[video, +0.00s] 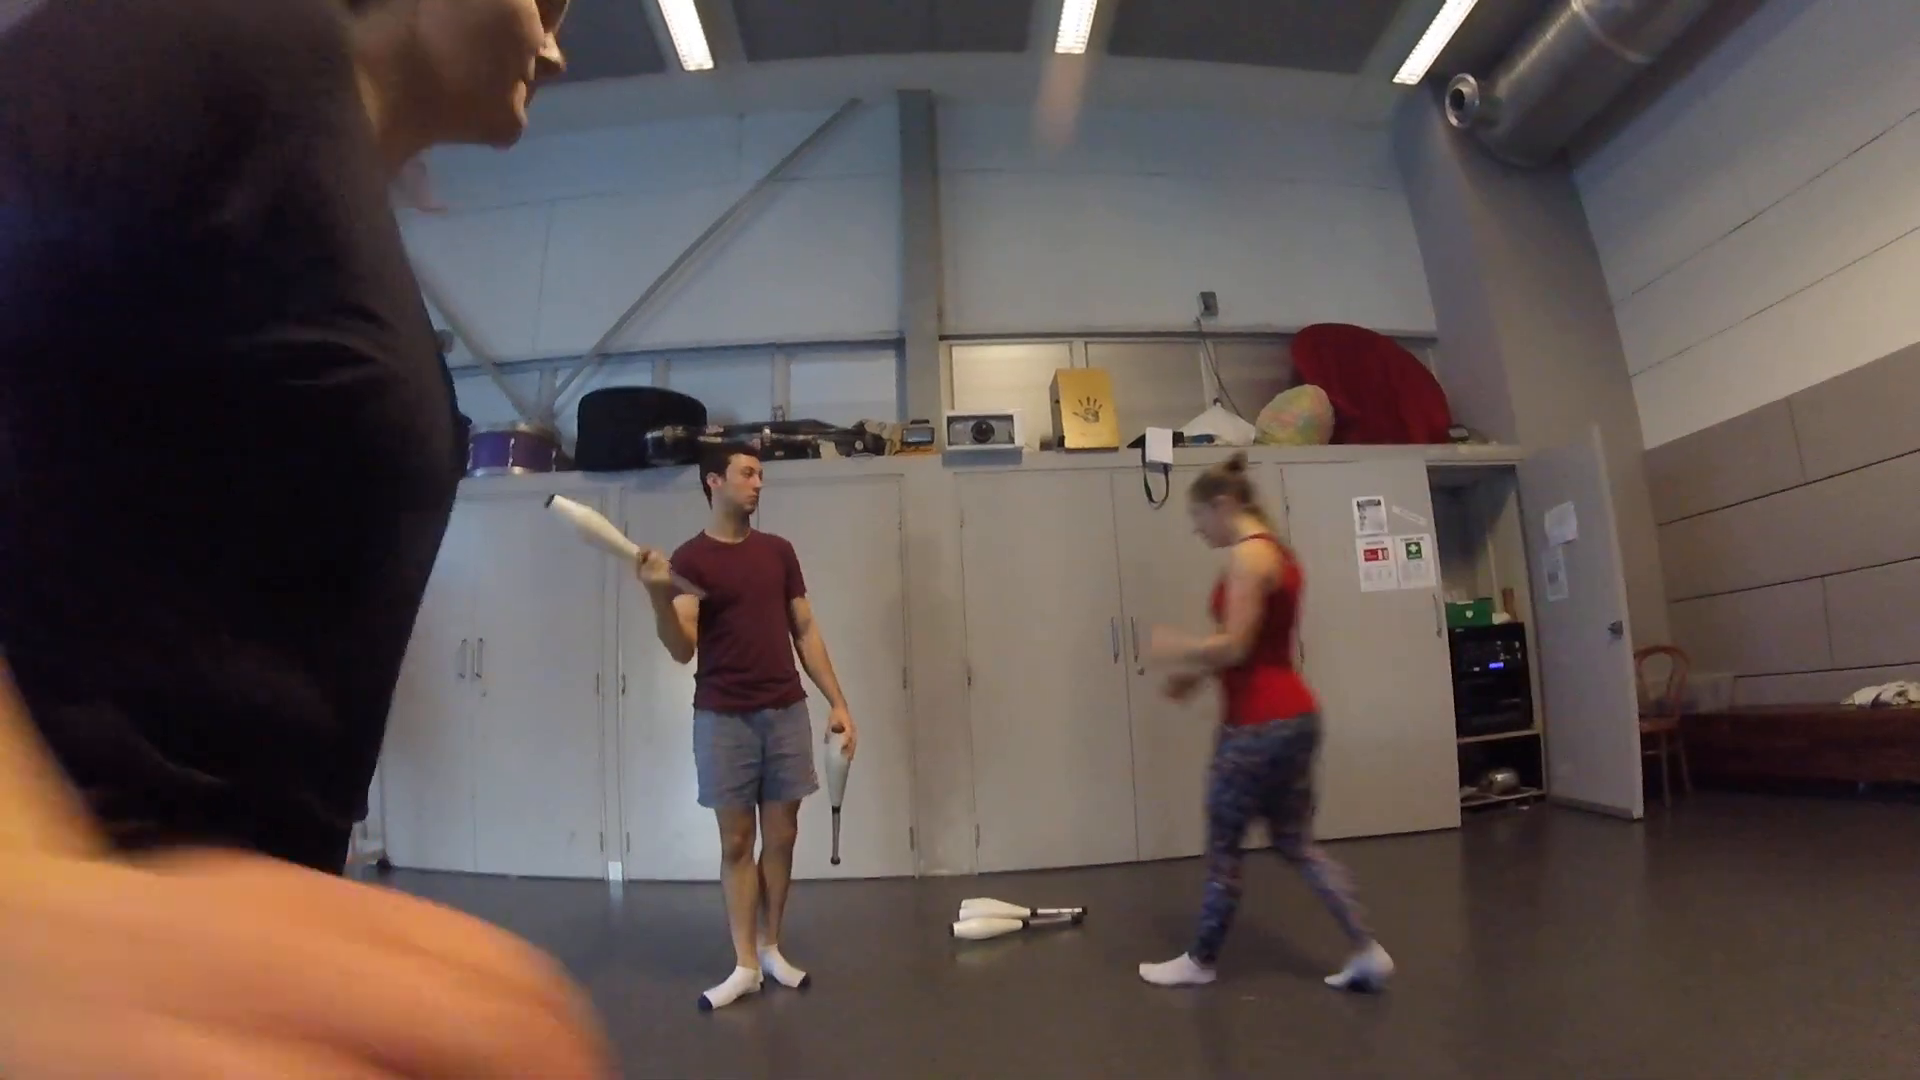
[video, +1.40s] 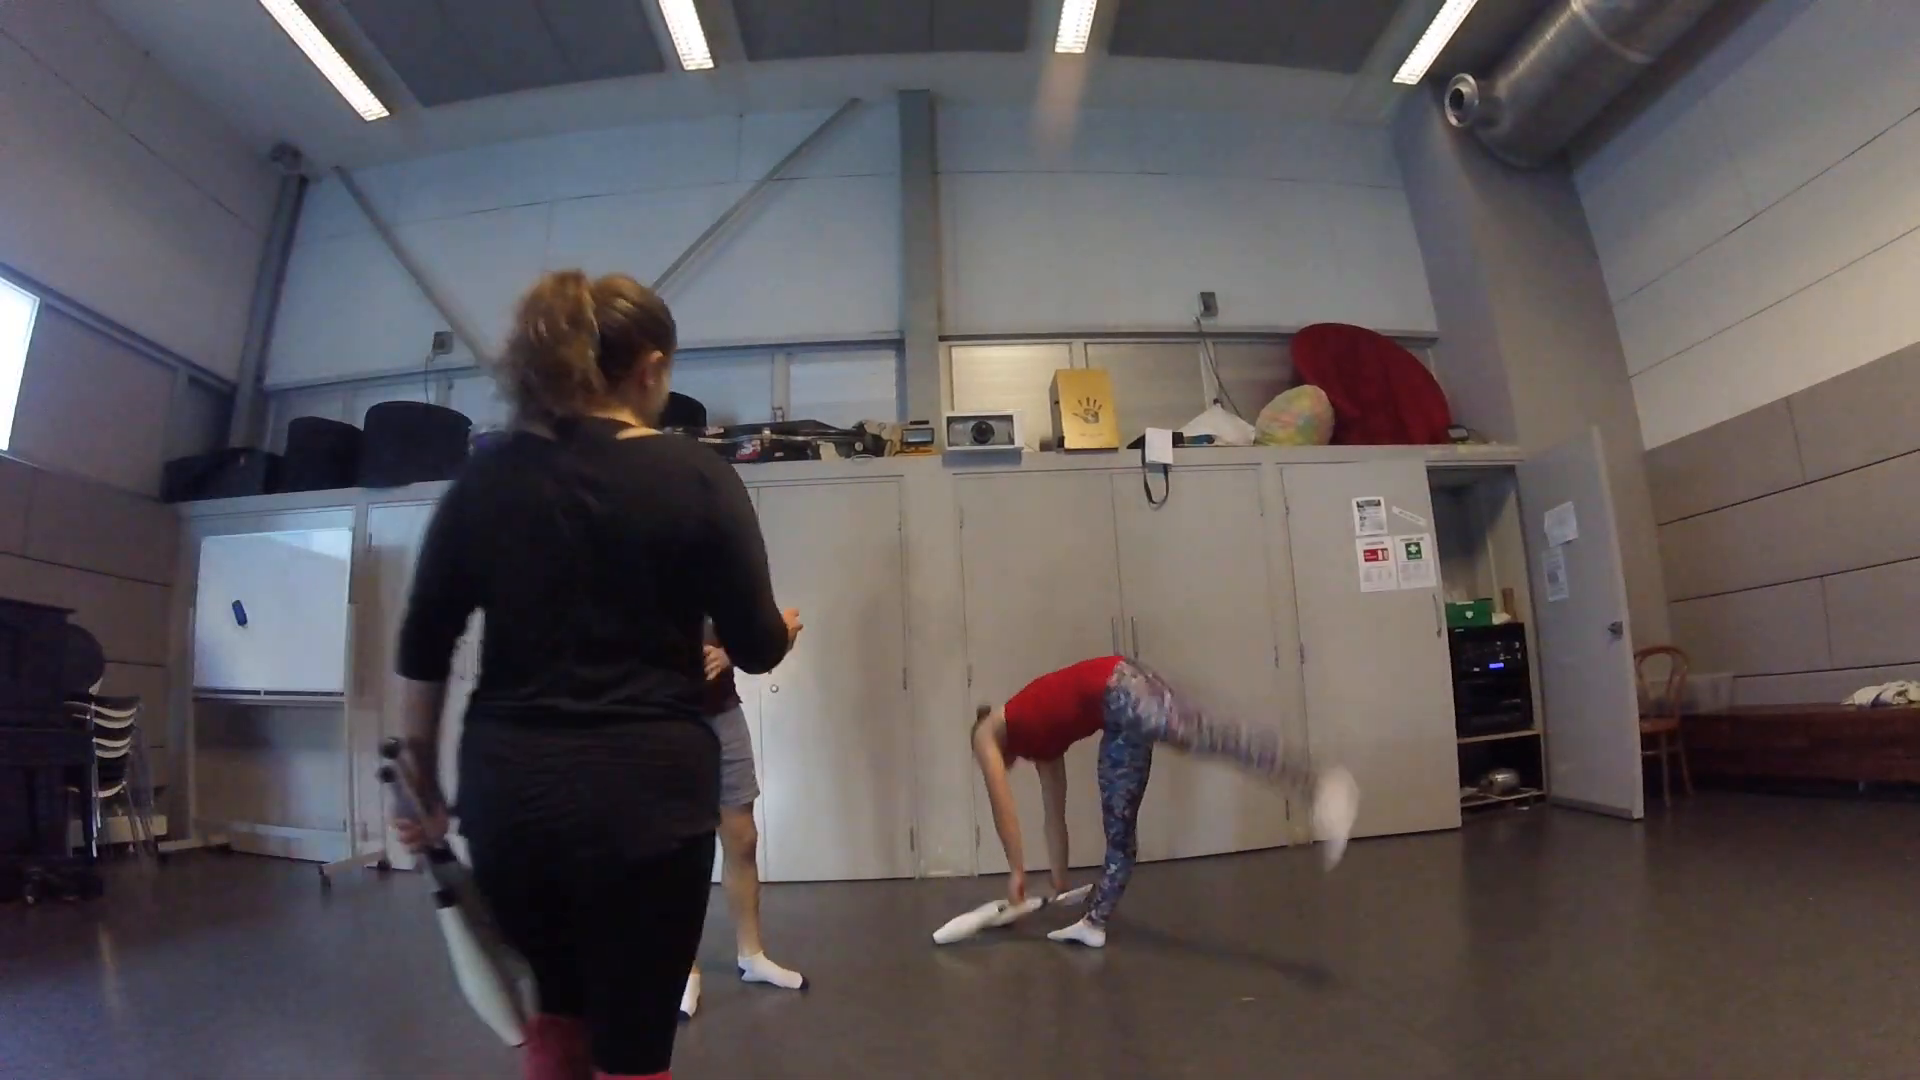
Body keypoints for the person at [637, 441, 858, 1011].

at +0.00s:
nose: (757, 482)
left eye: (759, 474)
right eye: (746, 473)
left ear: (758, 486)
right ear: (713, 484)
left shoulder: (778, 550)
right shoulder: (690, 559)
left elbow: (806, 630)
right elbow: (682, 649)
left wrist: (838, 703)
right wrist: (658, 592)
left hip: (786, 711)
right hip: (724, 716)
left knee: (782, 837)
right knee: (737, 844)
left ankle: (771, 949)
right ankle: (745, 966)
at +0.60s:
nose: (758, 490)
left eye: (765, 482)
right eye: (748, 480)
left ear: (773, 493)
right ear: (724, 488)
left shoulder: (788, 560)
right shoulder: (693, 558)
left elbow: (807, 652)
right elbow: (659, 641)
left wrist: (813, 627)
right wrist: (702, 629)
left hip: (766, 717)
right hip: (703, 718)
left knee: (760, 839)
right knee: (693, 844)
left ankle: (765, 954)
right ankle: (698, 967)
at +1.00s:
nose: (709, 487)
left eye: (719, 478)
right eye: (699, 477)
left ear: (732, 487)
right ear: (680, 484)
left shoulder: (753, 557)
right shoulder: (653, 557)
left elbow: (773, 649)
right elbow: (639, 641)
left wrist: (790, 623)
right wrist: (705, 651)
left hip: (737, 719)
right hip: (672, 722)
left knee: (747, 843)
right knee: (678, 851)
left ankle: (763, 954)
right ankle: (687, 972)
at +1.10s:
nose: (695, 488)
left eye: (705, 478)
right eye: (686, 478)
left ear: (721, 486)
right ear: (669, 486)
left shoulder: (742, 557)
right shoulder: (645, 553)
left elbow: (763, 642)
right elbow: (627, 649)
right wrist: (706, 653)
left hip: (730, 718)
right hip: (665, 722)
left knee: (745, 842)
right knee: (674, 851)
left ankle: (761, 953)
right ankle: (686, 973)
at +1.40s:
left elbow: (754, 621)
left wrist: (727, 652)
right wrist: (683, 658)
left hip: (720, 709)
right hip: (662, 716)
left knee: (742, 842)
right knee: (671, 853)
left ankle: (750, 954)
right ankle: (684, 968)